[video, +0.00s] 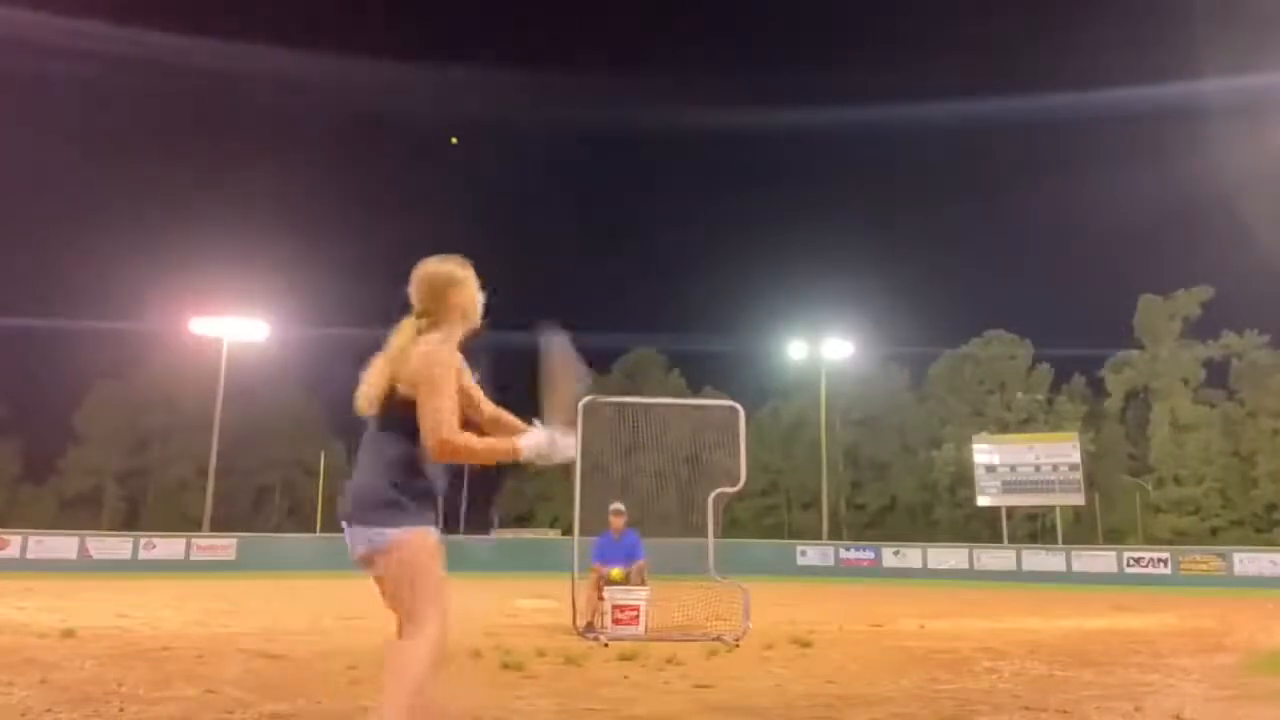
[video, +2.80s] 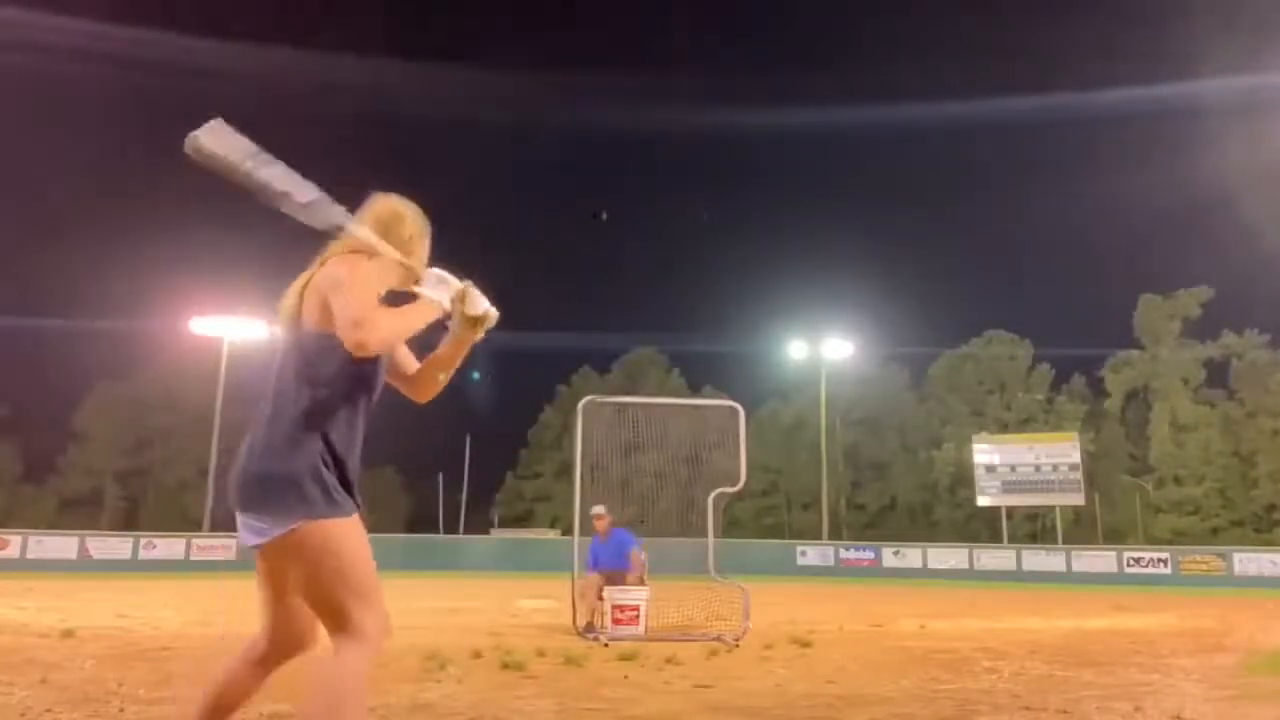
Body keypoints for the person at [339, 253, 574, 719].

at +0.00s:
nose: (482, 297)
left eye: (478, 289)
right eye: (475, 289)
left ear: (433, 300)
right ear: (456, 300)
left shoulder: (425, 349)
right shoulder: (436, 354)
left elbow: (483, 412)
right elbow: (441, 444)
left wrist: (538, 436)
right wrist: (521, 448)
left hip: (375, 503)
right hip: (397, 506)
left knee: (416, 626)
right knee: (426, 627)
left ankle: (401, 709)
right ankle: (393, 711)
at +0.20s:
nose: (468, 288)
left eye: (463, 278)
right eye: (458, 279)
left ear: (439, 294)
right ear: (433, 293)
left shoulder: (450, 357)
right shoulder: (398, 343)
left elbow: (487, 431)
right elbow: (385, 429)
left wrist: (495, 394)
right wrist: (464, 396)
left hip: (396, 518)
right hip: (364, 517)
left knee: (415, 647)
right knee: (414, 641)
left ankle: (400, 712)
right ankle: (377, 713)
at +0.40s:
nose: (452, 246)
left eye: (446, 235)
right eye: (438, 234)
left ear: (420, 247)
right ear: (404, 247)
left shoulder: (455, 324)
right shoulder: (370, 305)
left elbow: (473, 400)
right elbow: (328, 395)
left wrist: (447, 355)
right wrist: (397, 341)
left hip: (391, 498)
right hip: (341, 494)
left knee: (371, 634)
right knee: (386, 631)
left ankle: (355, 711)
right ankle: (358, 711)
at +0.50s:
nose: (443, 235)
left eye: (438, 225)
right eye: (431, 225)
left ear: (413, 238)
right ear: (397, 236)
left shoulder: (447, 314)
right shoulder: (356, 296)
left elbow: (468, 383)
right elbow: (316, 381)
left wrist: (426, 333)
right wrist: (380, 322)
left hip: (387, 492)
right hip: (334, 487)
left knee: (360, 625)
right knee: (373, 625)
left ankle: (309, 709)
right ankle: (341, 712)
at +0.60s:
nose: (427, 241)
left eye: (425, 233)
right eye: (415, 232)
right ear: (381, 240)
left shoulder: (430, 308)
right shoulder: (336, 289)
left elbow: (455, 371)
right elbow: (298, 372)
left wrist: (407, 320)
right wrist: (356, 300)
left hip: (370, 488)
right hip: (320, 482)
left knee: (332, 628)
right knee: (360, 620)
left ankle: (243, 709)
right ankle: (332, 713)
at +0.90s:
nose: (378, 261)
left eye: (379, 250)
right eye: (372, 249)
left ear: (337, 250)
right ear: (342, 247)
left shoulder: (352, 302)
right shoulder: (296, 281)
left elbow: (400, 380)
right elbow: (290, 372)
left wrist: (397, 323)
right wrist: (349, 313)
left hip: (291, 480)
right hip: (278, 479)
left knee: (251, 638)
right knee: (341, 623)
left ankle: (183, 713)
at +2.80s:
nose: (413, 274)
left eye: (415, 266)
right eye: (415, 261)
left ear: (363, 233)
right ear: (404, 247)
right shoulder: (354, 266)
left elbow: (420, 386)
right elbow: (363, 335)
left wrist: (465, 335)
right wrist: (436, 301)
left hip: (271, 475)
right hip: (299, 475)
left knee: (287, 635)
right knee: (363, 629)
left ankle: (203, 713)